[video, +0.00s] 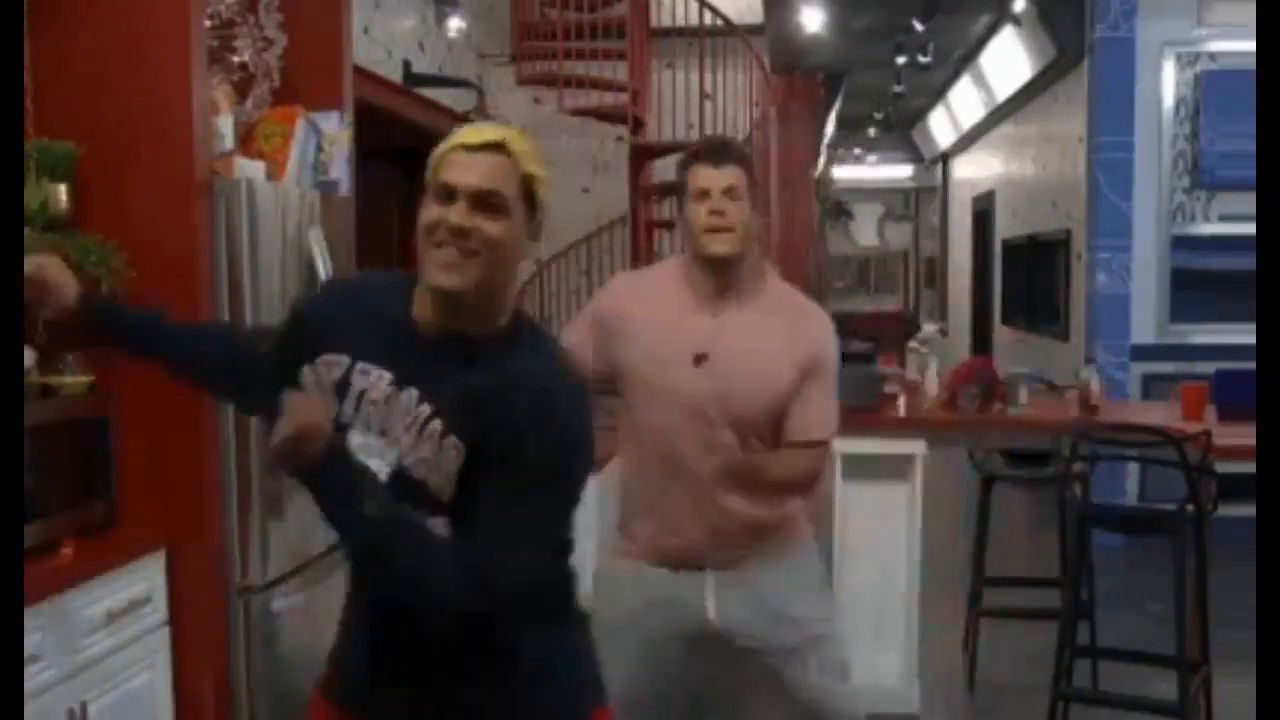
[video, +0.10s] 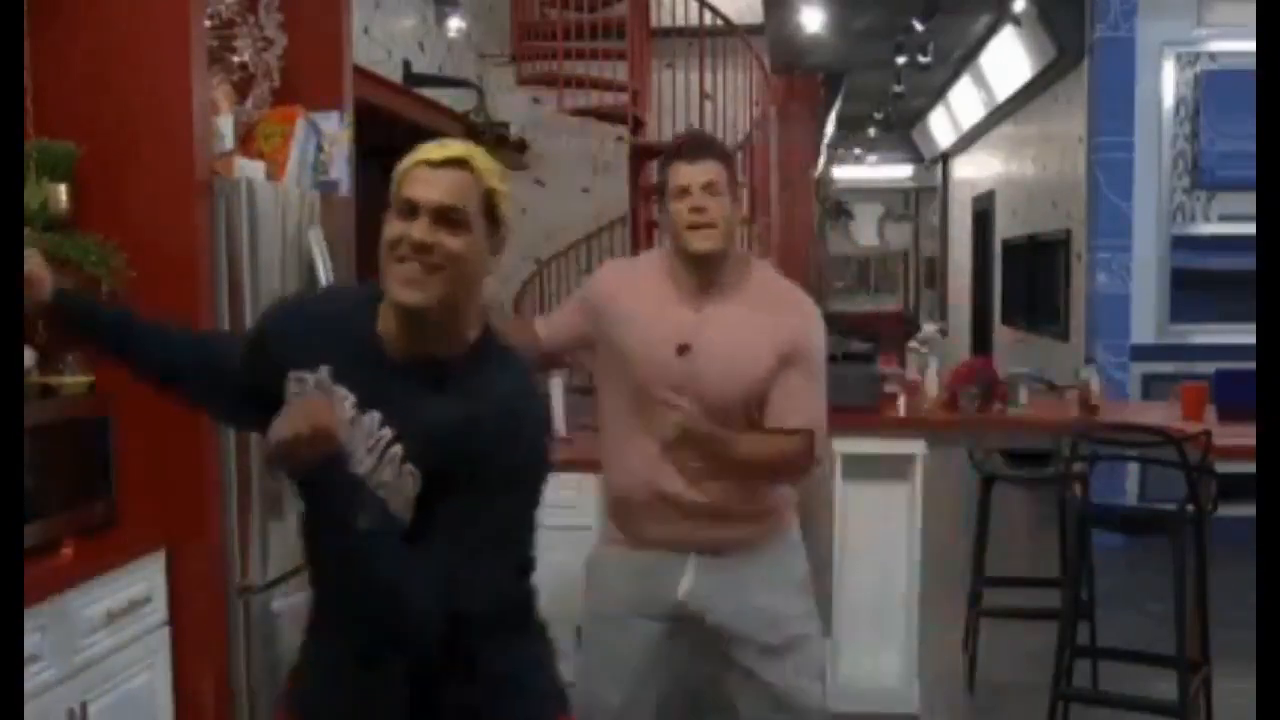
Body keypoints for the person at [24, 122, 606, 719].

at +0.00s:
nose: (457, 220)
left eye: (488, 207)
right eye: (444, 198)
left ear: (530, 235)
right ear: (419, 213)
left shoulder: (543, 395)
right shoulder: (346, 313)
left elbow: (484, 583)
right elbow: (258, 371)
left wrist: (331, 471)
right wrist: (89, 315)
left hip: (515, 689)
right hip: (374, 671)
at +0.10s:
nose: (419, 236)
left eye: (449, 222)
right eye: (406, 213)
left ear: (492, 249)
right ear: (383, 226)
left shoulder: (506, 404)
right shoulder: (319, 327)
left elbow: (438, 605)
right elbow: (233, 379)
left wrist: (325, 475)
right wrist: (62, 303)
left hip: (484, 685)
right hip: (346, 672)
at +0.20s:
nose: (355, 204)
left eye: (386, 188)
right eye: (341, 182)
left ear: (432, 217)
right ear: (320, 198)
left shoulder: (471, 355)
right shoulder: (259, 321)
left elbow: (426, 553)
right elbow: (183, 423)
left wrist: (228, 520)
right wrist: (40, 436)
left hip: (443, 678)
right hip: (298, 671)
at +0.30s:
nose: (322, 194)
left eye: (351, 176)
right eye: (306, 174)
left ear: (399, 199)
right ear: (287, 192)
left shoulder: (463, 331)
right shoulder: (239, 332)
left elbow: (433, 536)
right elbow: (162, 487)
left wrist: (233, 611)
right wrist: (38, 550)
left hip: (438, 663)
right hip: (292, 661)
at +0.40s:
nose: (294, 207)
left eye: (320, 187)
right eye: (276, 189)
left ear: (370, 201)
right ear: (260, 207)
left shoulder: (449, 334)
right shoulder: (222, 363)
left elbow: (446, 536)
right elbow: (174, 539)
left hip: (441, 667)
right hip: (288, 669)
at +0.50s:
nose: (248, 251)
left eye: (273, 228)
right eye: (230, 235)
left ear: (325, 238)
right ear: (218, 256)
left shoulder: (430, 354)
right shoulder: (208, 421)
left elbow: (520, 533)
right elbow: (258, 617)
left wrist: (604, 686)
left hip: (452, 683)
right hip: (305, 691)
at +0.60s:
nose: (247, 236)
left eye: (270, 212)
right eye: (227, 222)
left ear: (326, 225)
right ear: (215, 249)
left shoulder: (433, 327)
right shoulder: (215, 419)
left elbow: (568, 468)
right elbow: (297, 596)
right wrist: (452, 690)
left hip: (481, 652)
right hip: (337, 671)